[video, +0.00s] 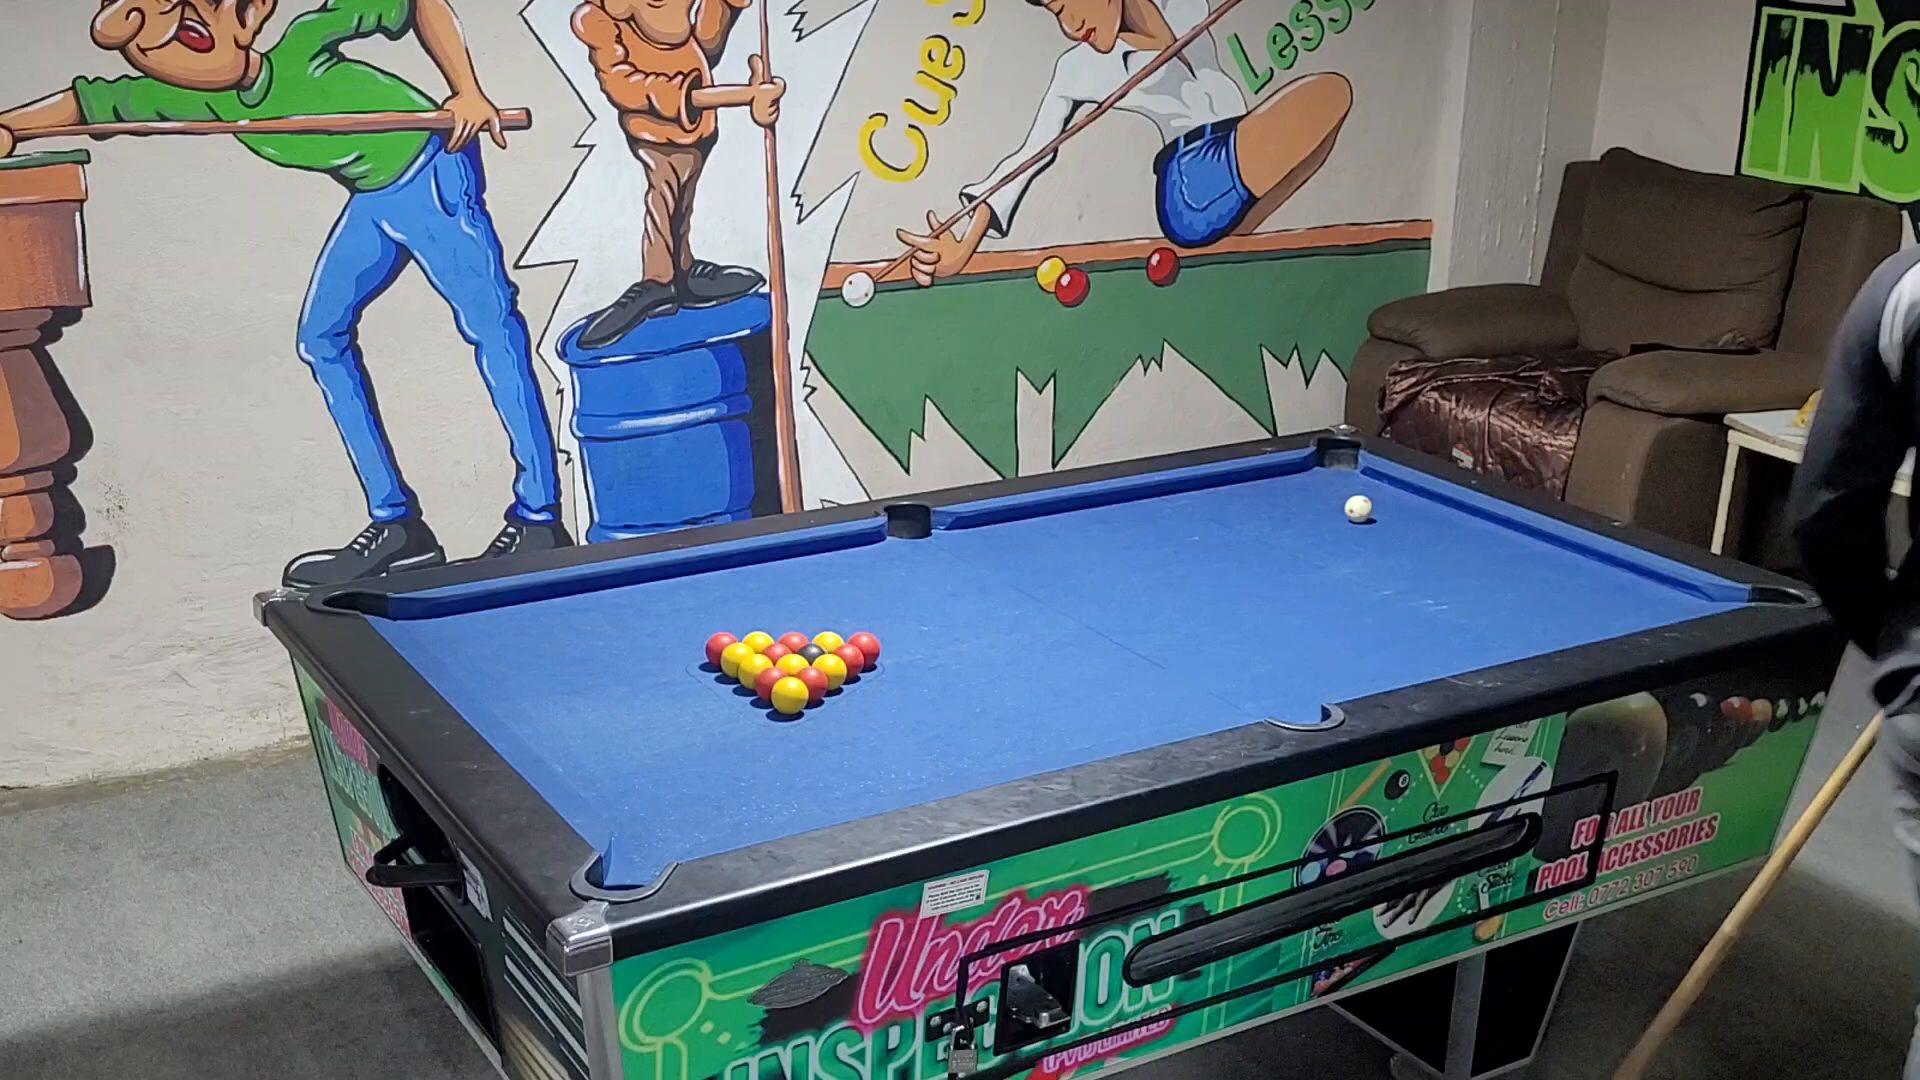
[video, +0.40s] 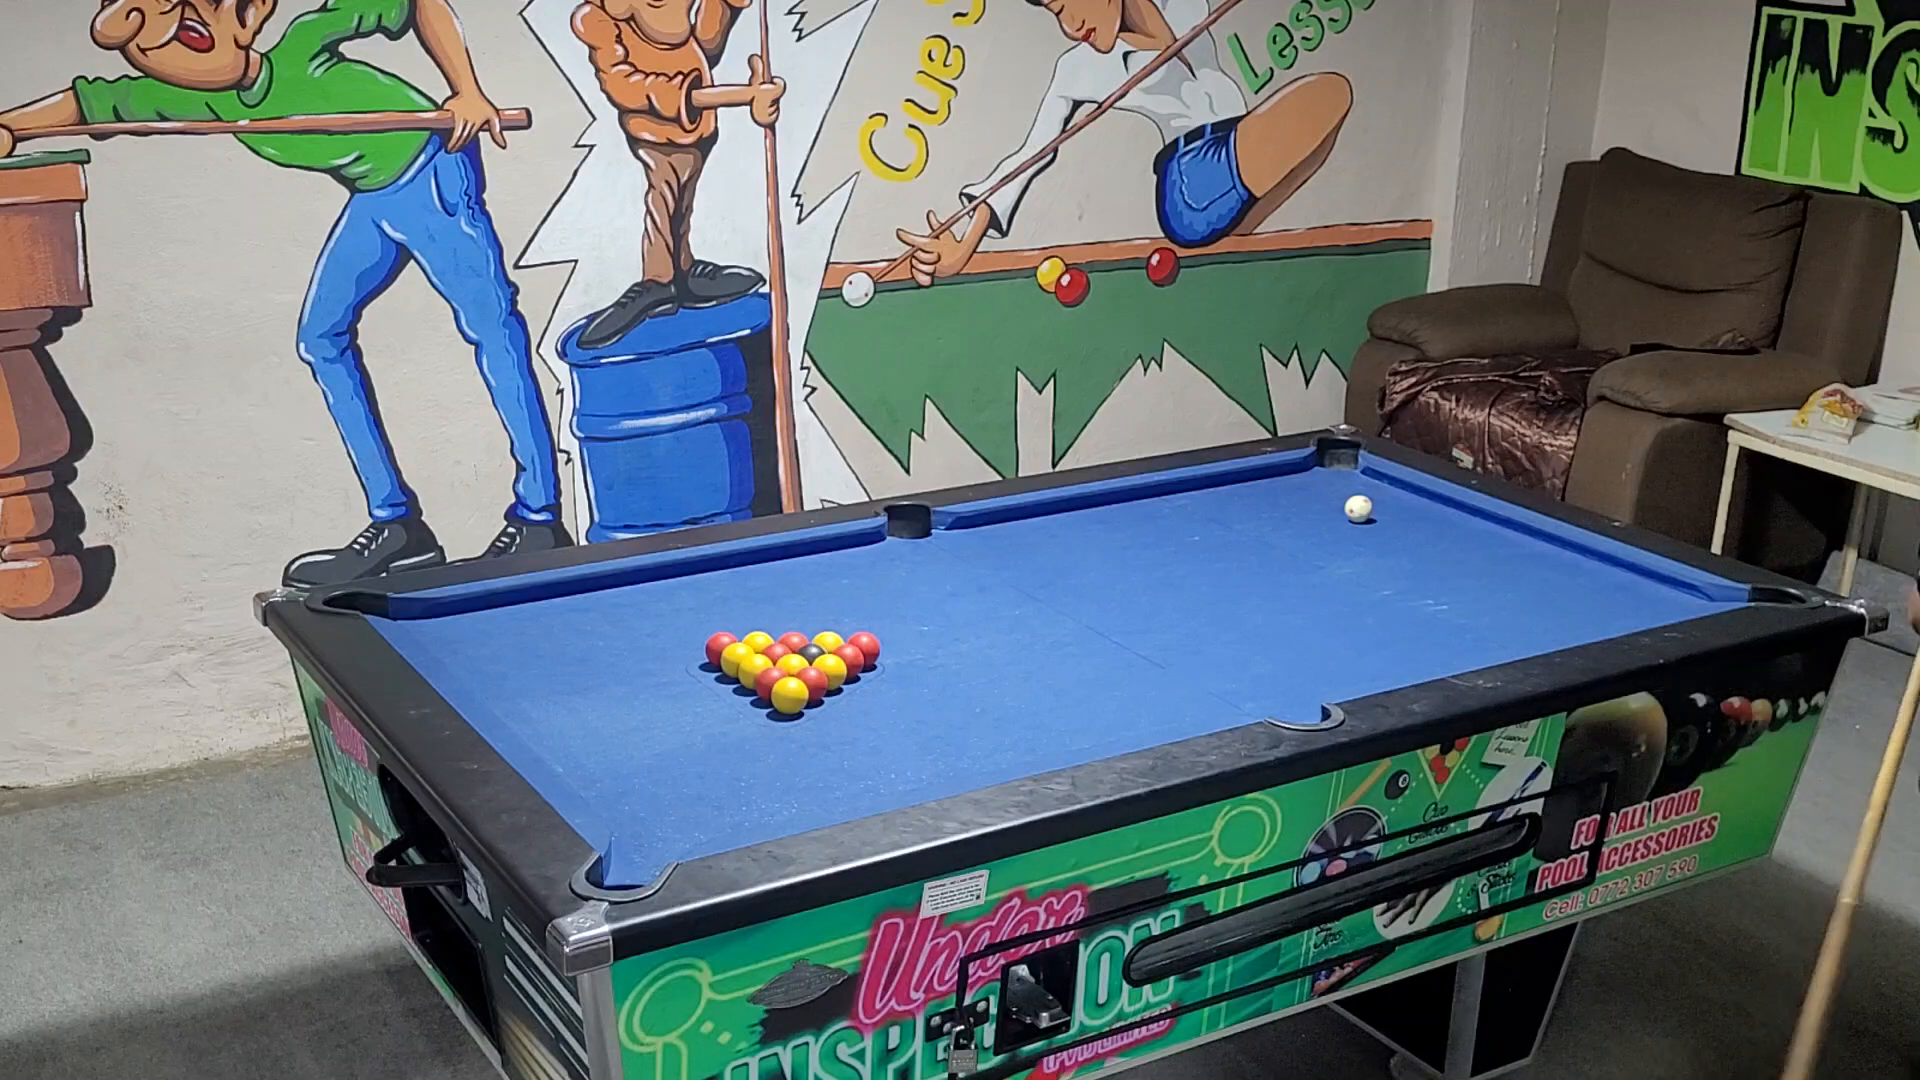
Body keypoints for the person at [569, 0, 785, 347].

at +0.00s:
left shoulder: (699, 6)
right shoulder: (598, 19)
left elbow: (707, 47)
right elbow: (624, 87)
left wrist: (730, 5)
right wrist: (746, 95)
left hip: (694, 89)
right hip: (644, 103)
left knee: (688, 173)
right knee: (665, 173)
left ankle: (682, 269)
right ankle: (657, 280)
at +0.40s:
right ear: (617, 5)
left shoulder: (699, 6)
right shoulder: (598, 20)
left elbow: (707, 47)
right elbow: (624, 87)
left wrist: (730, 5)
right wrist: (746, 95)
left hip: (694, 88)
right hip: (645, 103)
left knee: (688, 173)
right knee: (666, 173)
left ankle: (682, 268)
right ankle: (657, 280)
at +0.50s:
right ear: (617, 5)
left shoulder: (699, 6)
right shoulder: (598, 20)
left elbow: (707, 47)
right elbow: (624, 88)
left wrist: (730, 5)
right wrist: (746, 95)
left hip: (694, 89)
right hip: (645, 103)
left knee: (688, 173)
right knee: (666, 173)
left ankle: (682, 268)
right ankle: (657, 279)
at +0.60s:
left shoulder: (700, 6)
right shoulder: (597, 19)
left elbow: (708, 47)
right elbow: (624, 87)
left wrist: (731, 5)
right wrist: (746, 95)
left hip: (694, 89)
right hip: (644, 102)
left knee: (688, 174)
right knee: (665, 174)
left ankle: (683, 269)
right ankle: (657, 280)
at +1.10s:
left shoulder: (700, 6)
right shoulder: (597, 19)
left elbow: (707, 47)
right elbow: (624, 87)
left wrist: (731, 5)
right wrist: (746, 95)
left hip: (694, 89)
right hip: (644, 102)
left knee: (687, 174)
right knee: (665, 174)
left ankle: (682, 269)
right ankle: (657, 280)